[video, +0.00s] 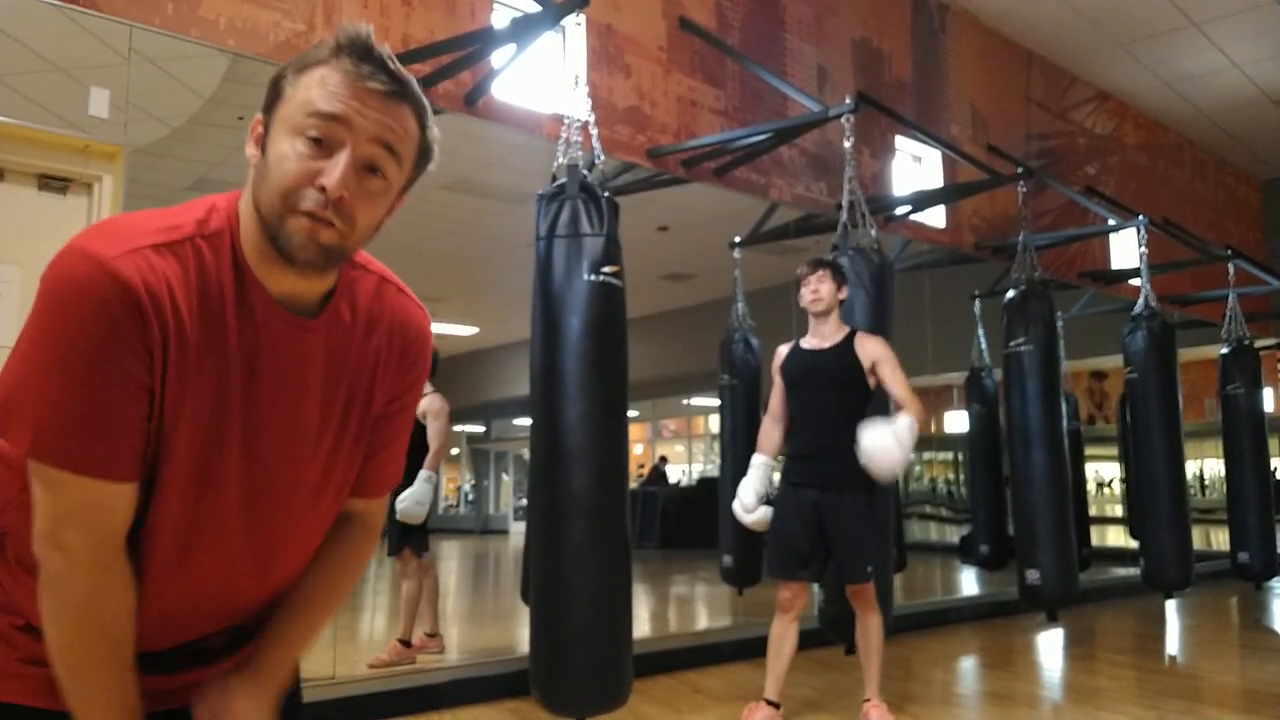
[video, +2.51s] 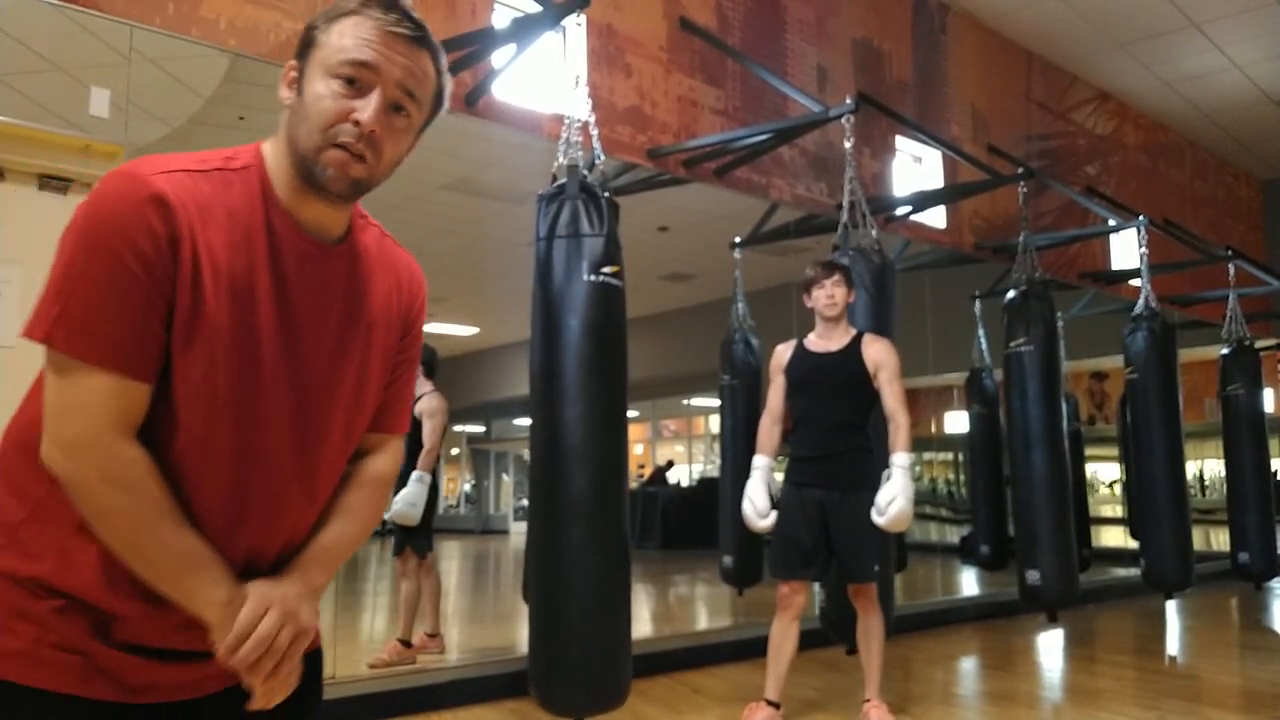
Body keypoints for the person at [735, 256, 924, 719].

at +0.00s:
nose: (811, 287)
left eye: (820, 280)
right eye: (805, 283)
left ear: (841, 291)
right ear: (799, 298)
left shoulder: (868, 346)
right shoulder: (786, 355)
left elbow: (913, 408)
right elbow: (773, 421)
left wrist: (898, 436)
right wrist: (757, 478)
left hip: (855, 493)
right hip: (799, 493)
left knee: (863, 597)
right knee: (787, 599)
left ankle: (873, 700)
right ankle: (769, 703)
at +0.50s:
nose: (827, 289)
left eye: (835, 283)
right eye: (819, 284)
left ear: (851, 296)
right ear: (809, 297)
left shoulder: (876, 350)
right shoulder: (785, 353)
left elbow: (899, 417)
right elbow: (768, 417)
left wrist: (905, 475)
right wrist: (755, 470)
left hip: (859, 491)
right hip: (801, 490)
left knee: (865, 596)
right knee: (788, 598)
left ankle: (873, 701)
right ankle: (770, 702)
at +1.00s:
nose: (830, 292)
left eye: (837, 286)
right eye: (822, 287)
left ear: (850, 295)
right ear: (807, 297)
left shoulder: (874, 350)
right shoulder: (785, 354)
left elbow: (896, 415)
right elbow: (769, 416)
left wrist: (899, 465)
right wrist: (756, 470)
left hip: (858, 490)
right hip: (799, 489)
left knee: (865, 595)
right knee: (784, 596)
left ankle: (872, 699)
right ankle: (770, 702)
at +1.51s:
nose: (829, 293)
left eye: (837, 286)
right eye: (822, 287)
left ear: (850, 296)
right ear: (809, 298)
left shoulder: (875, 351)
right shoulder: (786, 355)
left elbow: (896, 418)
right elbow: (772, 421)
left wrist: (902, 476)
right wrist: (760, 479)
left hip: (857, 491)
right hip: (800, 492)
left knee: (864, 596)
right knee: (788, 596)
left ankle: (873, 700)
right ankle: (770, 703)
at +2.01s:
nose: (830, 293)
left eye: (837, 286)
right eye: (822, 287)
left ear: (851, 295)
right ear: (808, 298)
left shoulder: (875, 350)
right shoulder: (787, 355)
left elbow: (896, 417)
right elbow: (773, 420)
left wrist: (897, 471)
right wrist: (760, 475)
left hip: (859, 491)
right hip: (801, 491)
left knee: (865, 596)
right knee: (788, 597)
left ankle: (872, 700)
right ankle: (770, 702)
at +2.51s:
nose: (829, 293)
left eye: (836, 286)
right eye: (821, 287)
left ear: (850, 296)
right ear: (809, 298)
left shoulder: (876, 349)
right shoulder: (786, 354)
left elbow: (897, 416)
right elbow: (772, 418)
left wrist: (900, 473)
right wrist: (760, 475)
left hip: (859, 491)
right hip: (801, 490)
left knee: (865, 595)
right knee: (788, 597)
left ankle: (872, 700)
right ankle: (770, 702)